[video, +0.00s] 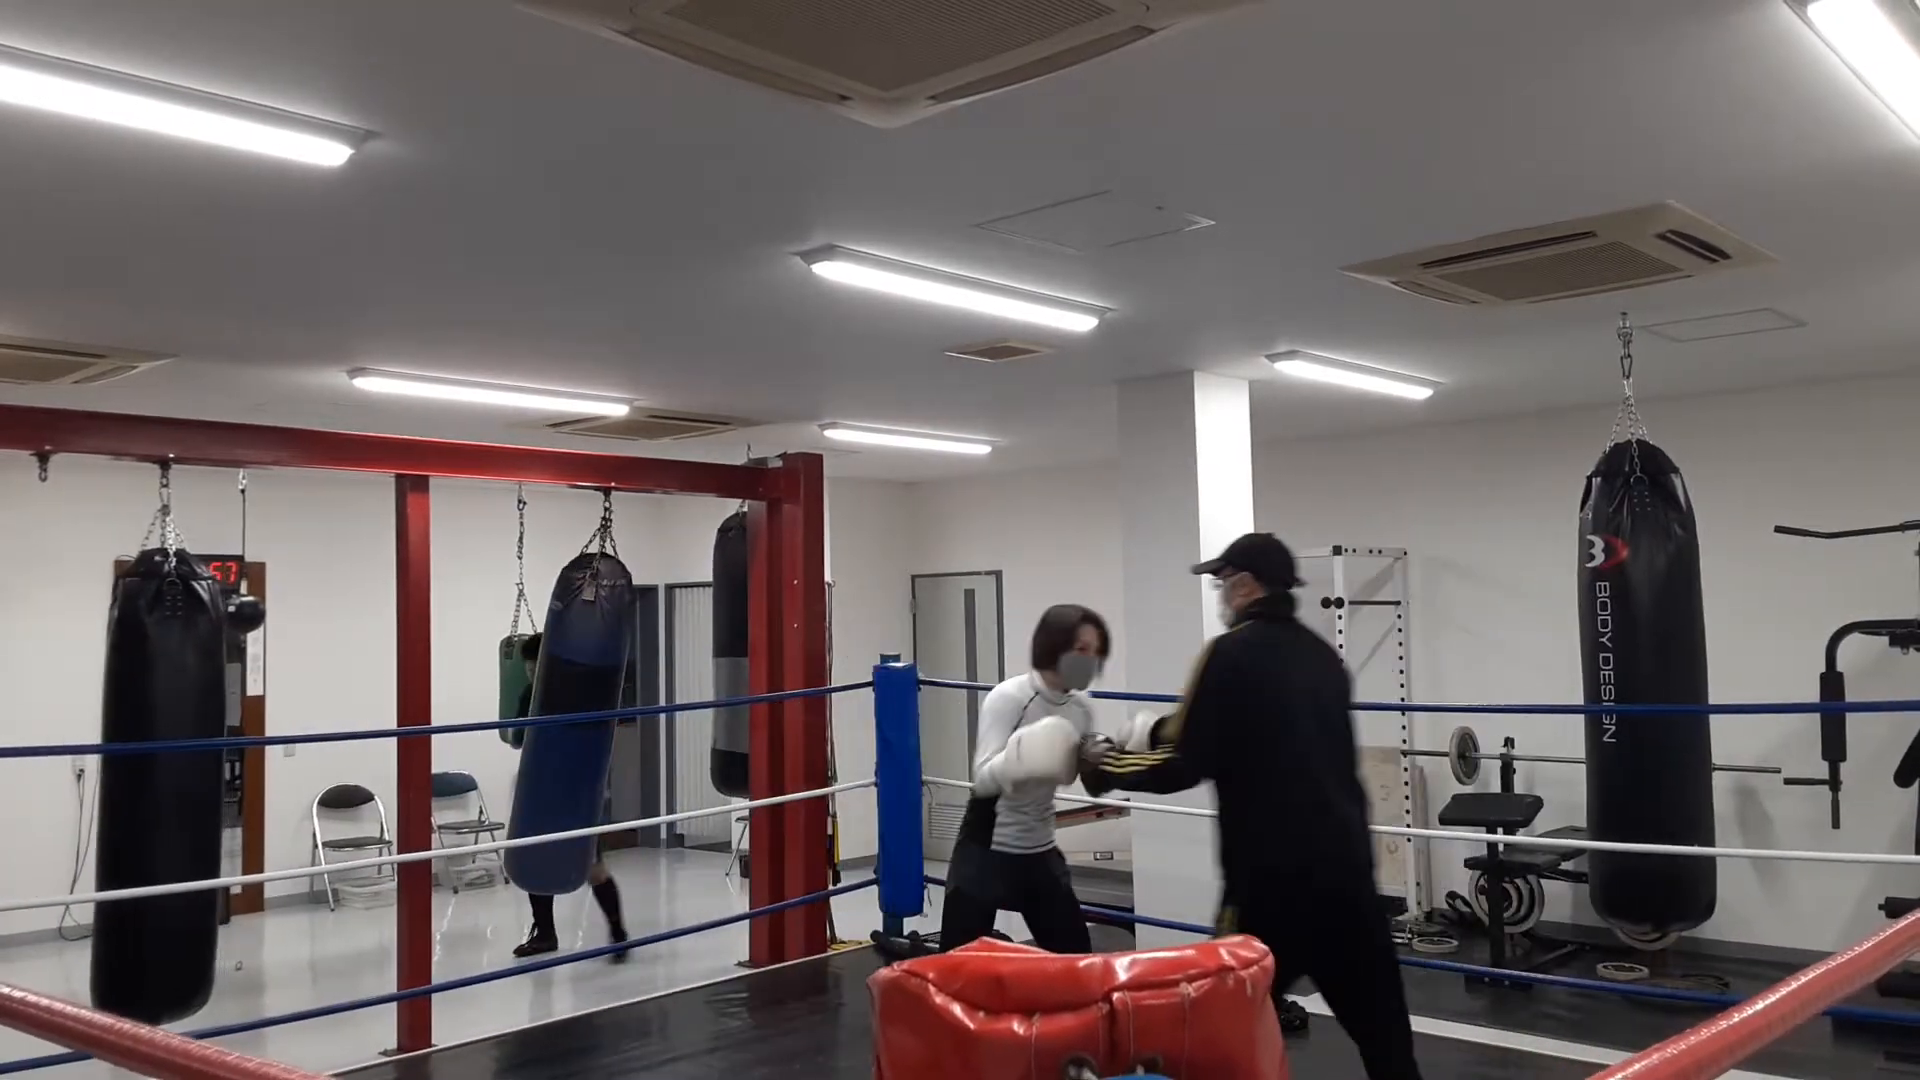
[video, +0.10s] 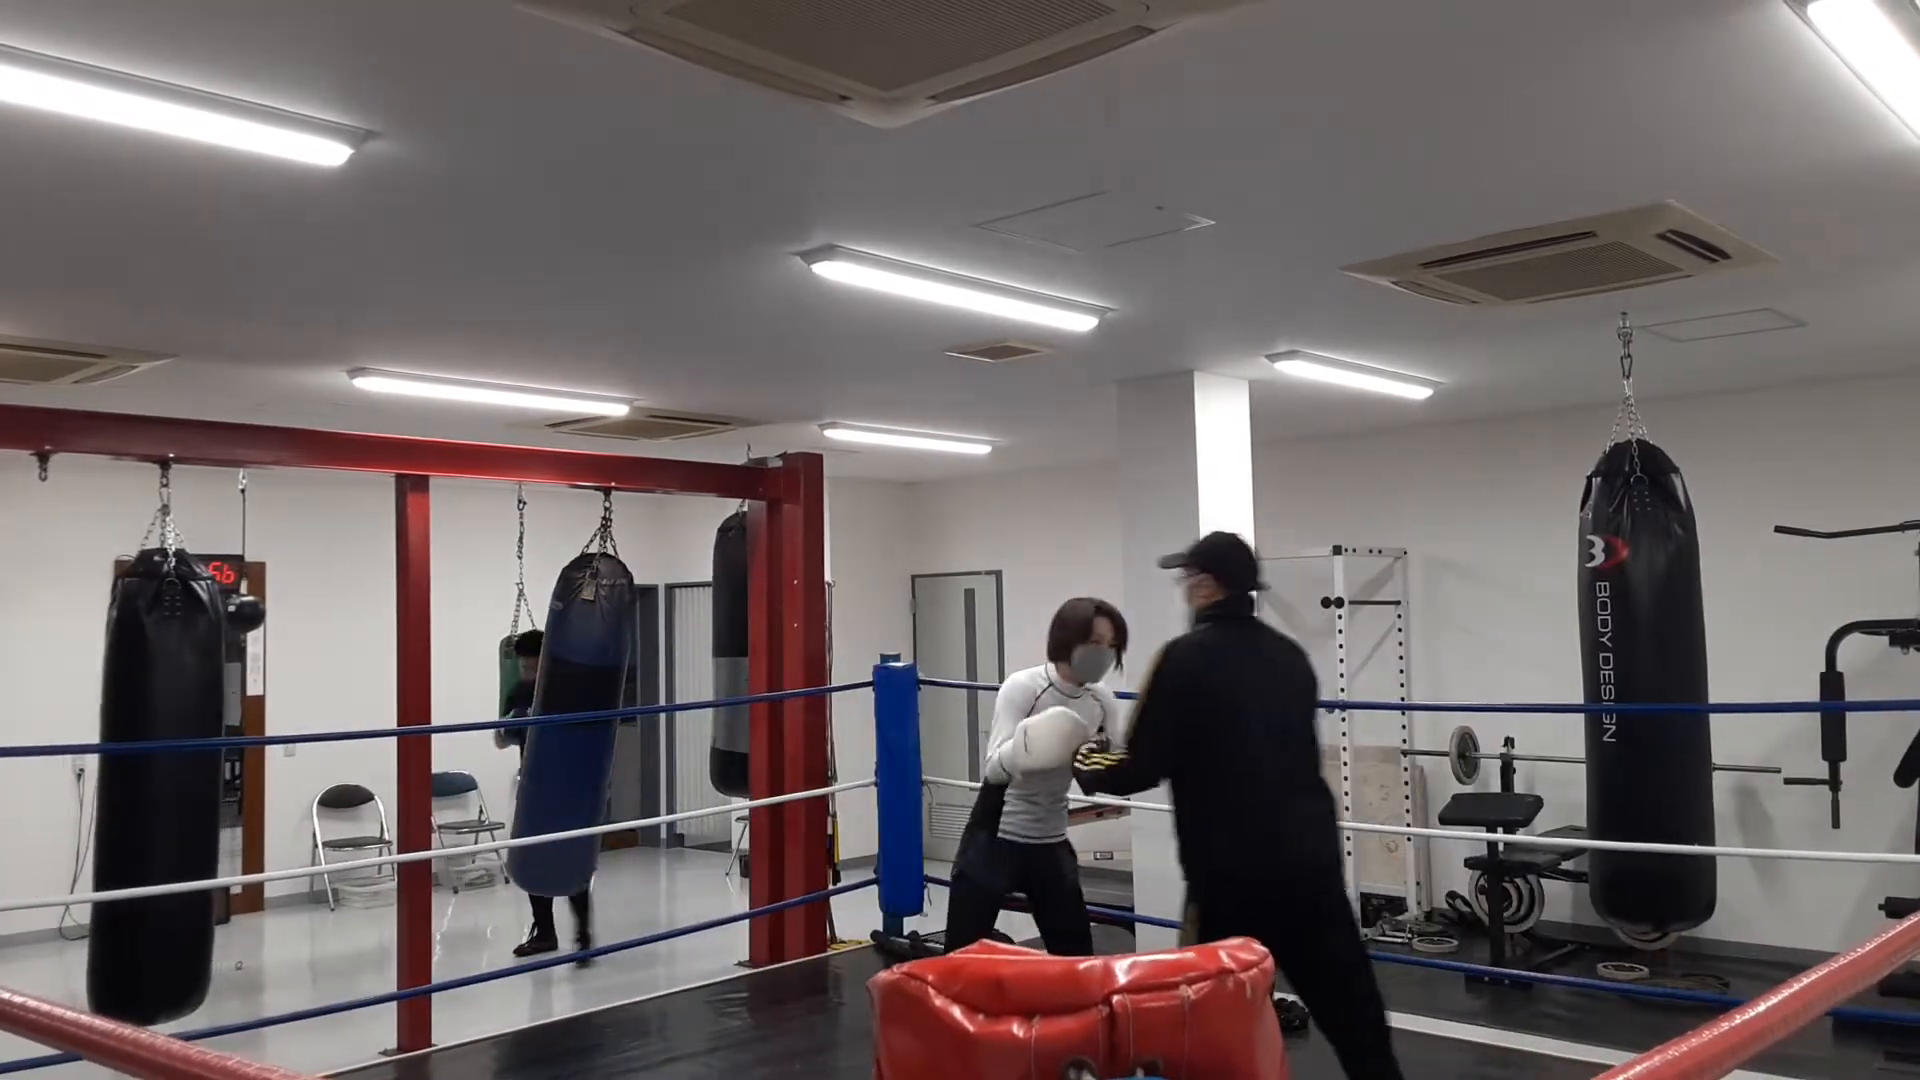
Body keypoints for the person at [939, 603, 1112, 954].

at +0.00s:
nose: (1090, 660)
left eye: (1096, 652)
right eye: (1081, 649)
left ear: (1101, 656)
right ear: (1054, 648)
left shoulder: (1081, 709)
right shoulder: (1007, 698)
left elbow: (1094, 784)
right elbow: (981, 780)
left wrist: (1107, 755)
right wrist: (1028, 754)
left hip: (1040, 854)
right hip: (986, 853)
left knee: (1076, 960)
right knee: (959, 963)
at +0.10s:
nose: (1104, 654)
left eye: (1111, 646)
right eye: (1094, 642)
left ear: (1118, 650)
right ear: (1068, 641)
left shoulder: (1102, 703)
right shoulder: (1021, 688)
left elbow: (1109, 779)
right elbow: (992, 770)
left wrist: (1100, 758)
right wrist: (1027, 746)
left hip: (1051, 848)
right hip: (995, 844)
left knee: (1078, 962)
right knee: (962, 959)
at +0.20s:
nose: (1106, 649)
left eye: (1114, 642)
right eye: (1096, 637)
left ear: (1121, 648)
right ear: (1074, 635)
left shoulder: (1108, 699)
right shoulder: (1026, 682)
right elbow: (990, 757)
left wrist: (1097, 772)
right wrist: (1034, 753)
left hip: (1059, 844)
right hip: (1001, 839)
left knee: (1076, 958)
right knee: (972, 954)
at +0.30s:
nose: (1100, 642)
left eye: (1109, 634)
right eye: (1091, 629)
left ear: (1117, 641)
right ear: (1069, 630)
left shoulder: (1110, 693)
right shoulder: (1023, 681)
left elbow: (1123, 769)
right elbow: (982, 751)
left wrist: (1086, 798)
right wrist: (1021, 770)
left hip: (1066, 842)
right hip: (1005, 837)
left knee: (1077, 958)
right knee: (980, 951)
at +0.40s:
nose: (1086, 637)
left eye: (1097, 628)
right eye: (1076, 624)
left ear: (1106, 638)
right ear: (1054, 630)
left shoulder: (1106, 690)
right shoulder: (1015, 681)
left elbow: (1124, 760)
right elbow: (977, 745)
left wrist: (1104, 820)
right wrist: (1007, 782)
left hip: (1070, 837)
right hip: (1006, 832)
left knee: (1077, 953)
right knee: (983, 946)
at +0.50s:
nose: (1067, 631)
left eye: (1078, 626)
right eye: (1058, 621)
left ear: (1090, 639)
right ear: (1039, 627)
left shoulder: (1093, 690)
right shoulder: (1002, 683)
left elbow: (1115, 758)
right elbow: (973, 744)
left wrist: (1096, 807)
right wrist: (991, 784)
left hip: (1068, 839)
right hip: (1004, 835)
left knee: (1071, 956)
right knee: (984, 949)